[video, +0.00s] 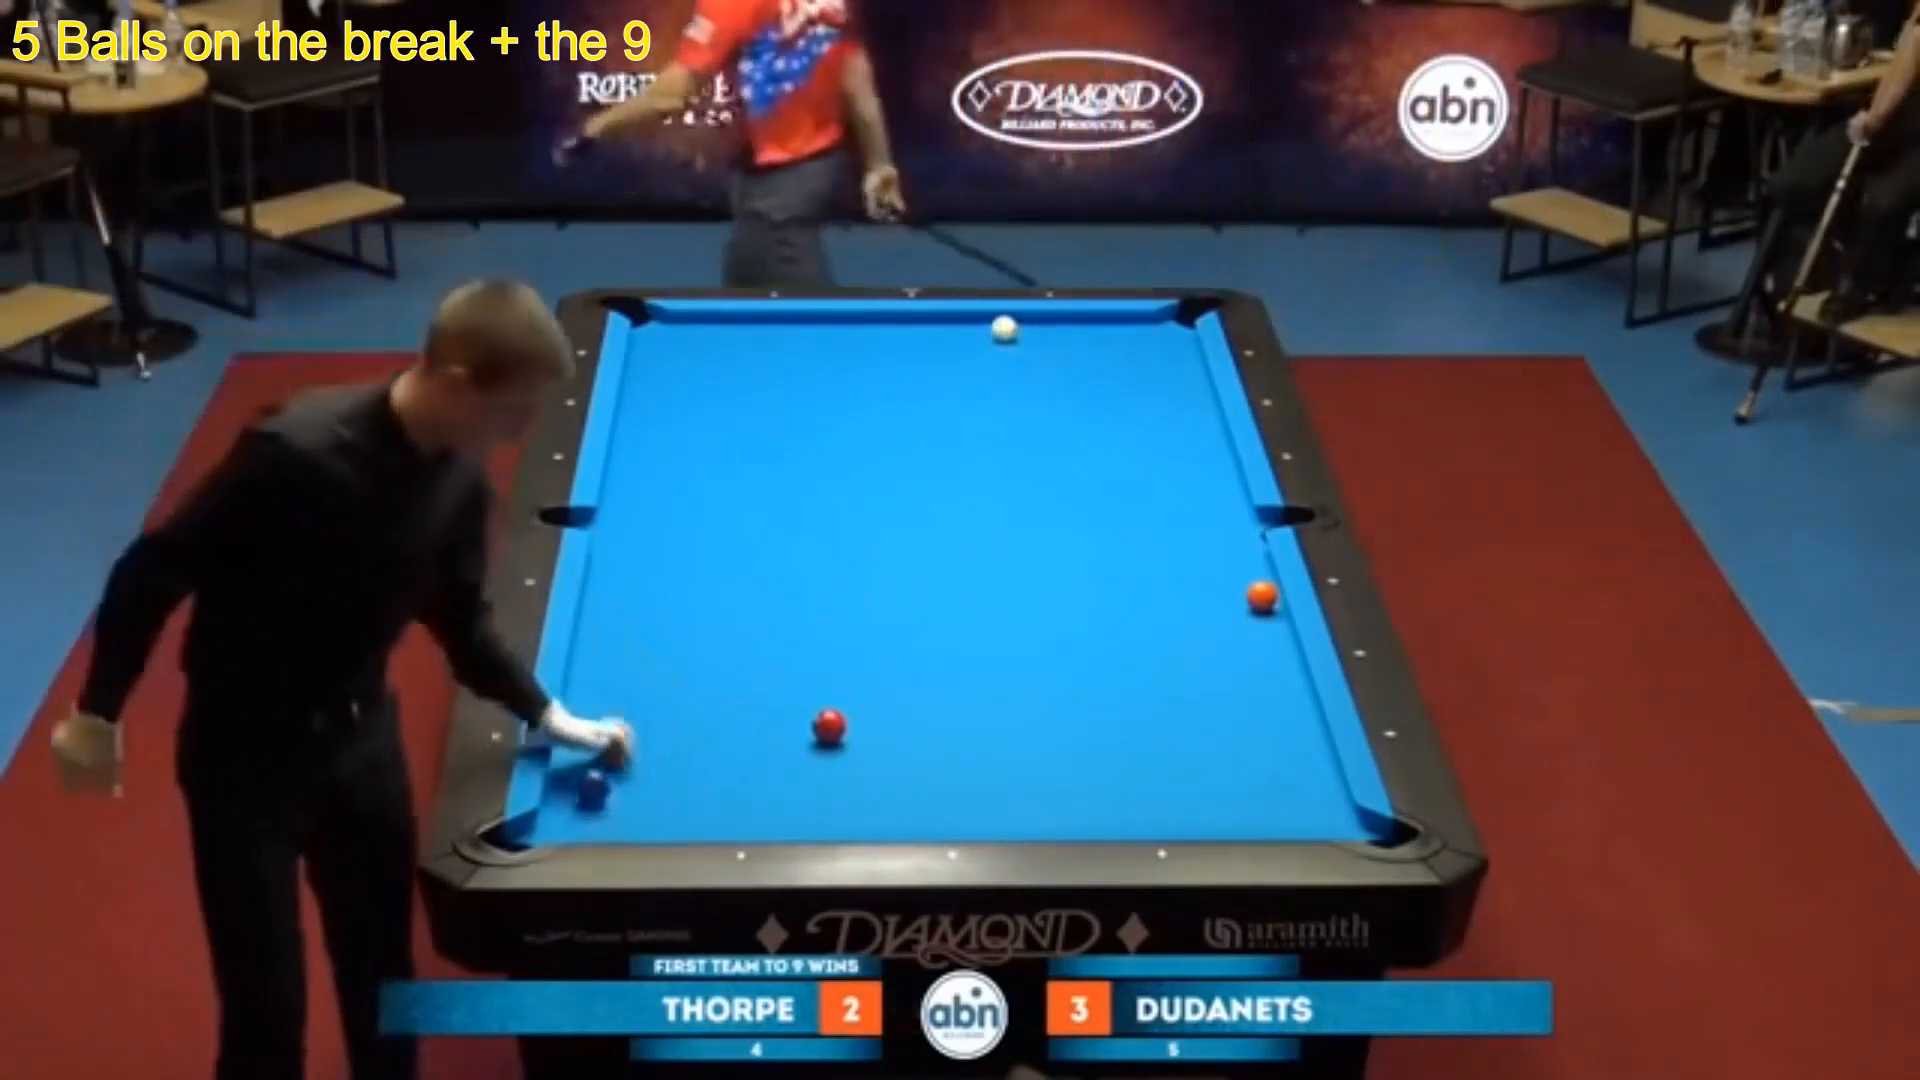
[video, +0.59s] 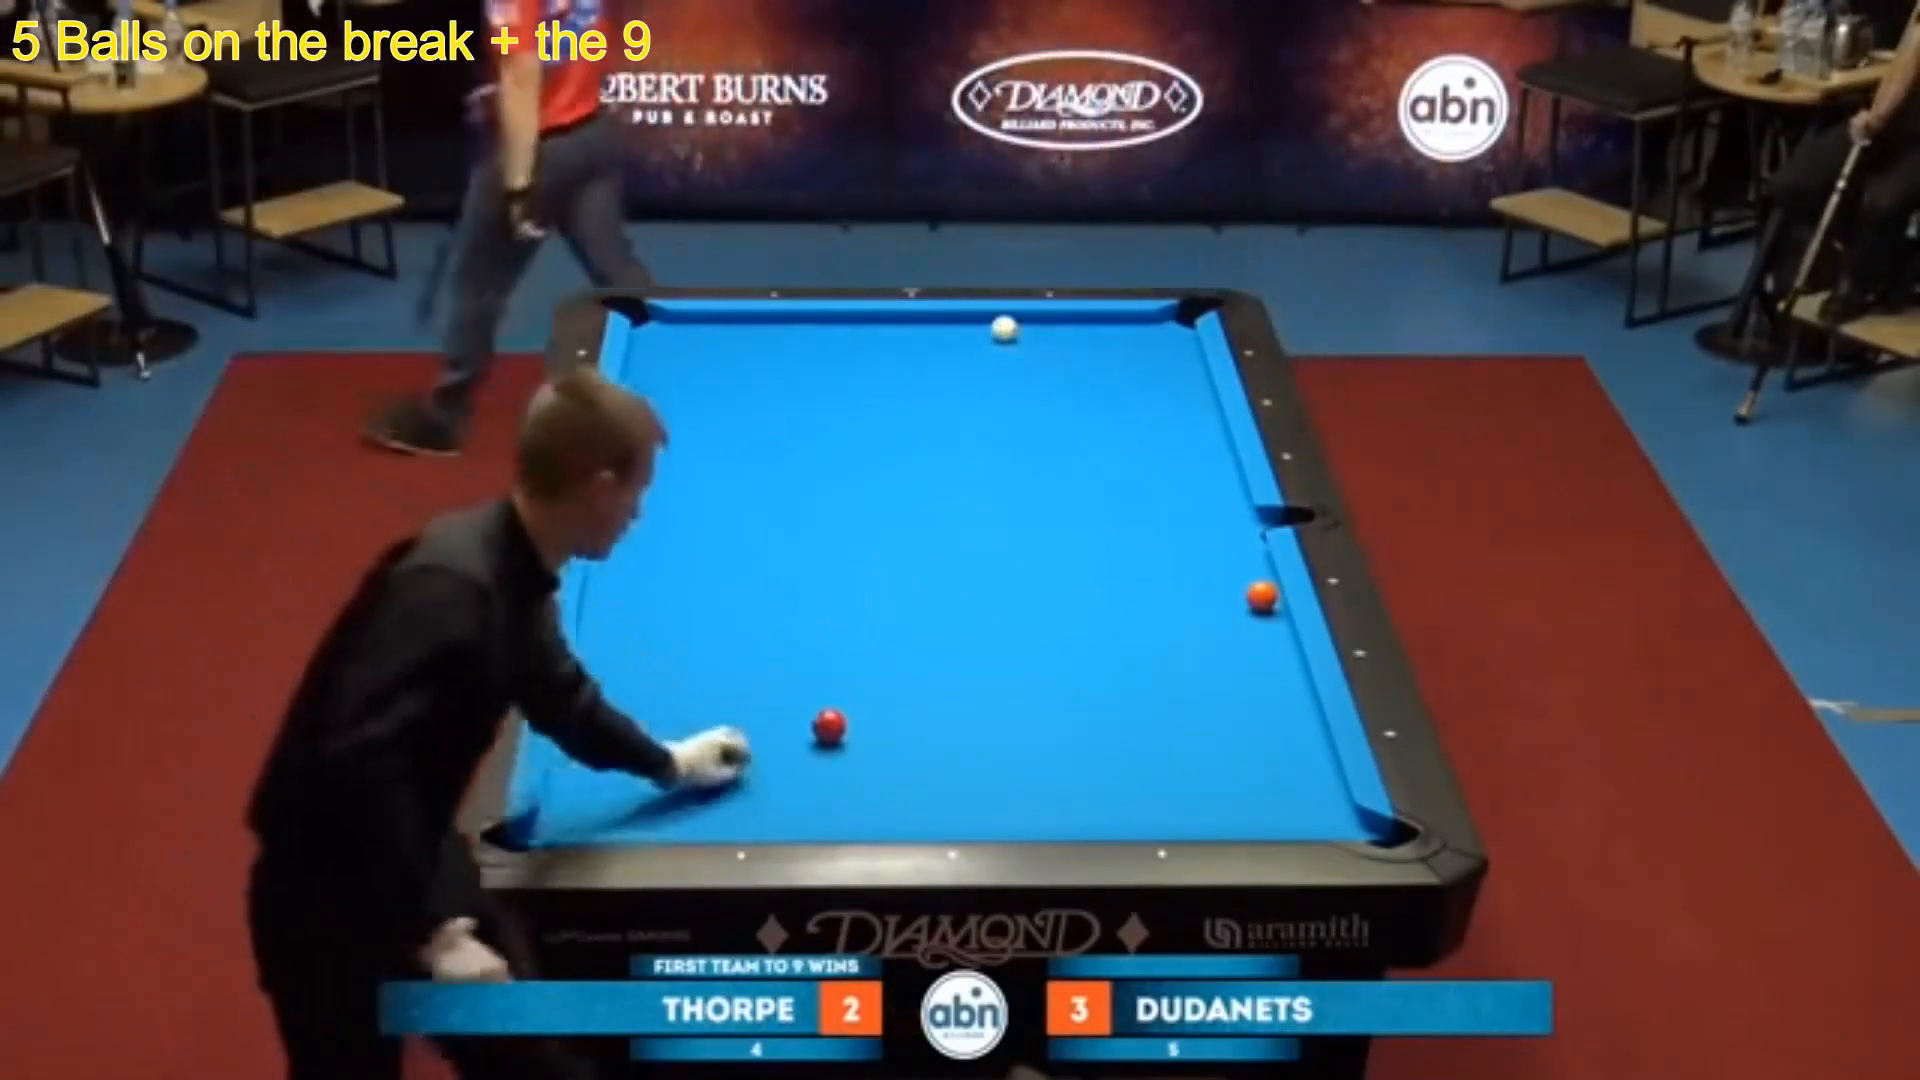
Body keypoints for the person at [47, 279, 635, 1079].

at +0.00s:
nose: (517, 435)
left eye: (526, 416)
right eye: (511, 413)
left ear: (457, 378)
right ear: (454, 379)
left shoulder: (459, 479)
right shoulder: (291, 452)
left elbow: (459, 617)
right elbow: (152, 571)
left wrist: (551, 717)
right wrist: (97, 712)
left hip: (359, 740)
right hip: (242, 753)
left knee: (383, 994)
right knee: (264, 1012)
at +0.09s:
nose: (529, 460)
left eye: (539, 442)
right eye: (532, 439)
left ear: (483, 416)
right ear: (486, 416)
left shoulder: (455, 512)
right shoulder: (309, 497)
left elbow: (444, 669)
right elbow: (159, 635)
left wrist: (542, 750)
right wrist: (115, 785)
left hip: (353, 777)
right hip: (241, 791)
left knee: (379, 1021)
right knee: (273, 1037)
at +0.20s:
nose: (553, 467)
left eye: (560, 448)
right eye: (553, 447)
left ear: (497, 436)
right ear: (504, 438)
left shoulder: (456, 531)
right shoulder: (325, 522)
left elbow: (441, 687)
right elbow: (166, 675)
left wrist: (548, 766)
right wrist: (143, 836)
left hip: (347, 804)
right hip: (236, 820)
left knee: (378, 1038)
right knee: (280, 1053)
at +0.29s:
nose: (573, 475)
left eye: (579, 455)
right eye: (573, 454)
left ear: (517, 444)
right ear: (528, 449)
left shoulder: (464, 533)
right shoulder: (349, 538)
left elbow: (466, 696)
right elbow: (212, 718)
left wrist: (574, 778)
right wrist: (221, 889)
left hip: (360, 823)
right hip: (268, 844)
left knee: (392, 1050)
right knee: (290, 1061)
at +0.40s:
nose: (589, 470)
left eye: (593, 453)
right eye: (588, 452)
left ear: (530, 446)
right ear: (547, 451)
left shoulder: (474, 540)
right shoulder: (377, 546)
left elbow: (489, 695)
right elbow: (258, 726)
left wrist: (604, 775)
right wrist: (286, 898)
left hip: (362, 812)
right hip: (265, 838)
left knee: (427, 1045)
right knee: (290, 1065)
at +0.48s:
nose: (617, 493)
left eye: (620, 475)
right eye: (616, 474)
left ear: (516, 453)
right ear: (577, 475)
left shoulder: (491, 557)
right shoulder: (419, 568)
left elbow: (534, 694)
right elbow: (331, 744)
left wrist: (640, 771)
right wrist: (386, 915)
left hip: (388, 830)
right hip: (293, 859)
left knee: (486, 1031)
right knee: (317, 1066)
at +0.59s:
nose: (640, 506)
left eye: (643, 487)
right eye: (638, 487)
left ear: (541, 469)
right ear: (599, 487)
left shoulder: (510, 568)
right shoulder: (448, 590)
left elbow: (563, 699)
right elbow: (368, 770)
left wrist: (667, 763)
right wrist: (440, 931)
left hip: (403, 861)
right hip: (323, 887)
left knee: (517, 1046)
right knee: (349, 1067)